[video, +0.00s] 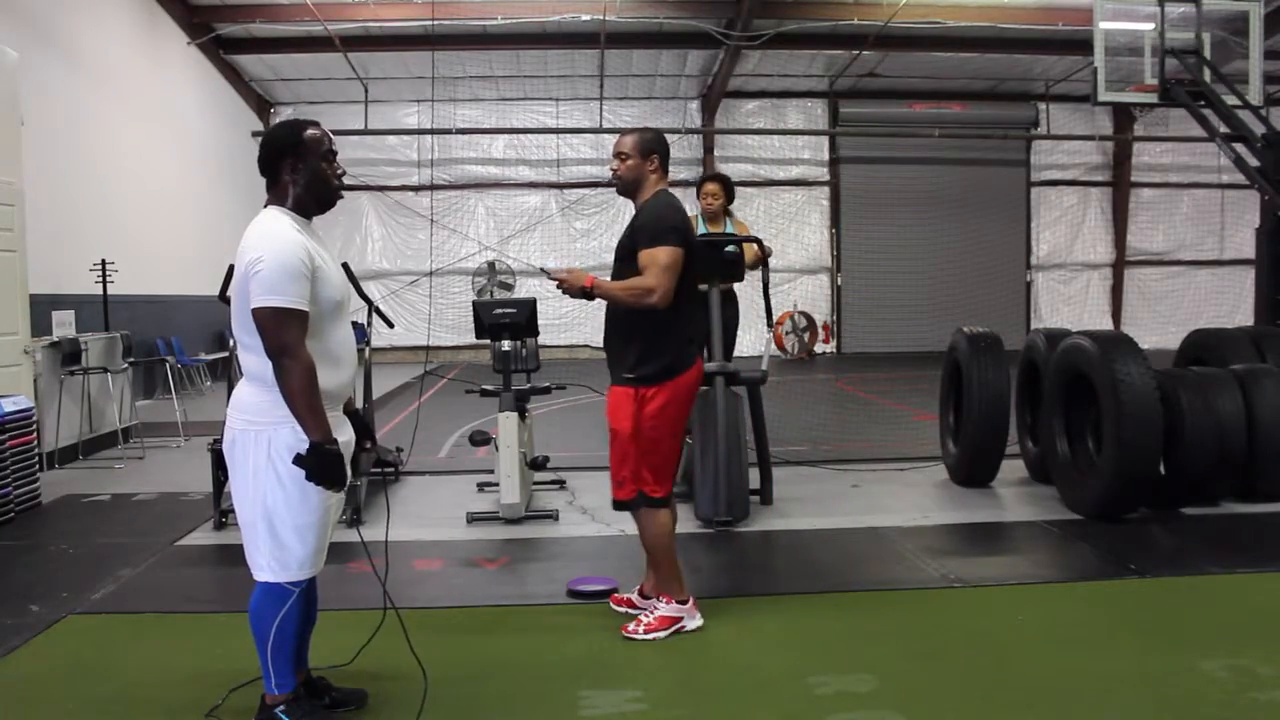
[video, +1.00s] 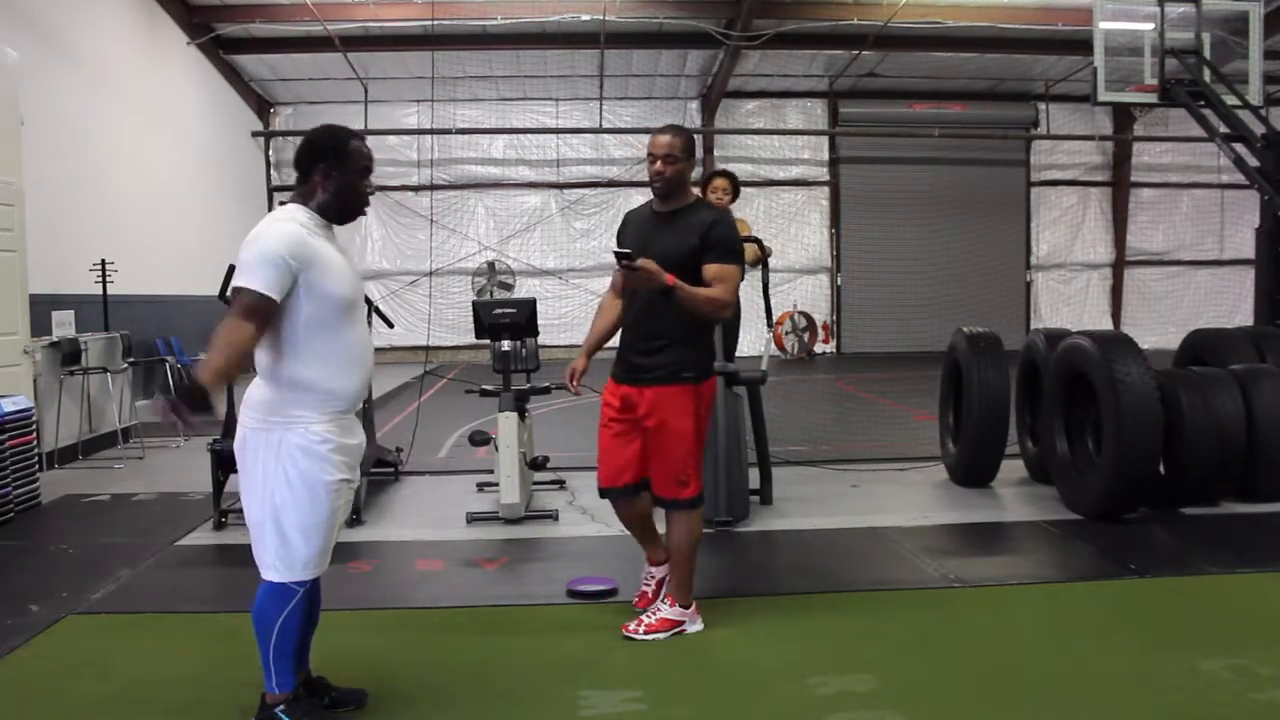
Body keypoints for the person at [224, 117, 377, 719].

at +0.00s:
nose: (341, 170)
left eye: (337, 159)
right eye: (329, 159)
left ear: (295, 171)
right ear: (293, 169)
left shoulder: (297, 238)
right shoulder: (275, 242)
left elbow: (314, 344)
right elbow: (285, 352)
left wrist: (351, 410)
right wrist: (321, 441)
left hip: (300, 428)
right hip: (277, 432)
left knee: (300, 566)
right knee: (283, 572)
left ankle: (297, 681)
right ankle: (280, 699)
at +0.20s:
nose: (342, 170)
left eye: (338, 159)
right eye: (329, 159)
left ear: (296, 171)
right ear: (294, 169)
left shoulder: (298, 239)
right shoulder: (277, 243)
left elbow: (315, 346)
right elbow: (285, 354)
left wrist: (351, 412)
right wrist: (319, 442)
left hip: (301, 428)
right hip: (278, 432)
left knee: (301, 567)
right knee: (284, 572)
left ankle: (296, 681)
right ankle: (280, 699)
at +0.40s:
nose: (343, 171)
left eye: (340, 159)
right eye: (331, 160)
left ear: (297, 171)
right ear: (296, 169)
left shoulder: (299, 240)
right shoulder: (277, 242)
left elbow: (320, 344)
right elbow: (286, 354)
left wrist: (355, 412)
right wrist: (328, 439)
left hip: (303, 430)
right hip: (278, 433)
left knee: (301, 566)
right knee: (284, 571)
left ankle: (297, 681)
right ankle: (280, 699)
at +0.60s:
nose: (344, 171)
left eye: (341, 161)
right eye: (333, 161)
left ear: (300, 172)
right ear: (297, 170)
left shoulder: (303, 239)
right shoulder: (281, 241)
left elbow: (328, 339)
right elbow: (289, 345)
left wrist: (378, 385)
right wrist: (359, 412)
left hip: (310, 425)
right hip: (282, 432)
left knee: (302, 564)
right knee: (282, 569)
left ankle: (298, 680)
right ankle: (279, 698)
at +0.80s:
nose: (350, 179)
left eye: (348, 167)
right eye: (339, 167)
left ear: (305, 174)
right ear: (303, 172)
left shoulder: (304, 235)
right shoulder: (280, 238)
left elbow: (329, 328)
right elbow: (292, 342)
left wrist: (370, 381)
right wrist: (338, 417)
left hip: (310, 423)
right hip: (284, 429)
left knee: (303, 564)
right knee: (285, 569)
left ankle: (298, 682)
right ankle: (278, 699)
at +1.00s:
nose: (370, 189)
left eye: (370, 177)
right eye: (363, 175)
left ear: (324, 175)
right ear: (324, 174)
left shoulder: (318, 236)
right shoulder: (282, 235)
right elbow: (243, 321)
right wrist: (202, 383)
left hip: (323, 429)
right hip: (291, 434)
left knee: (306, 566)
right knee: (287, 571)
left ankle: (299, 681)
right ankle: (278, 698)